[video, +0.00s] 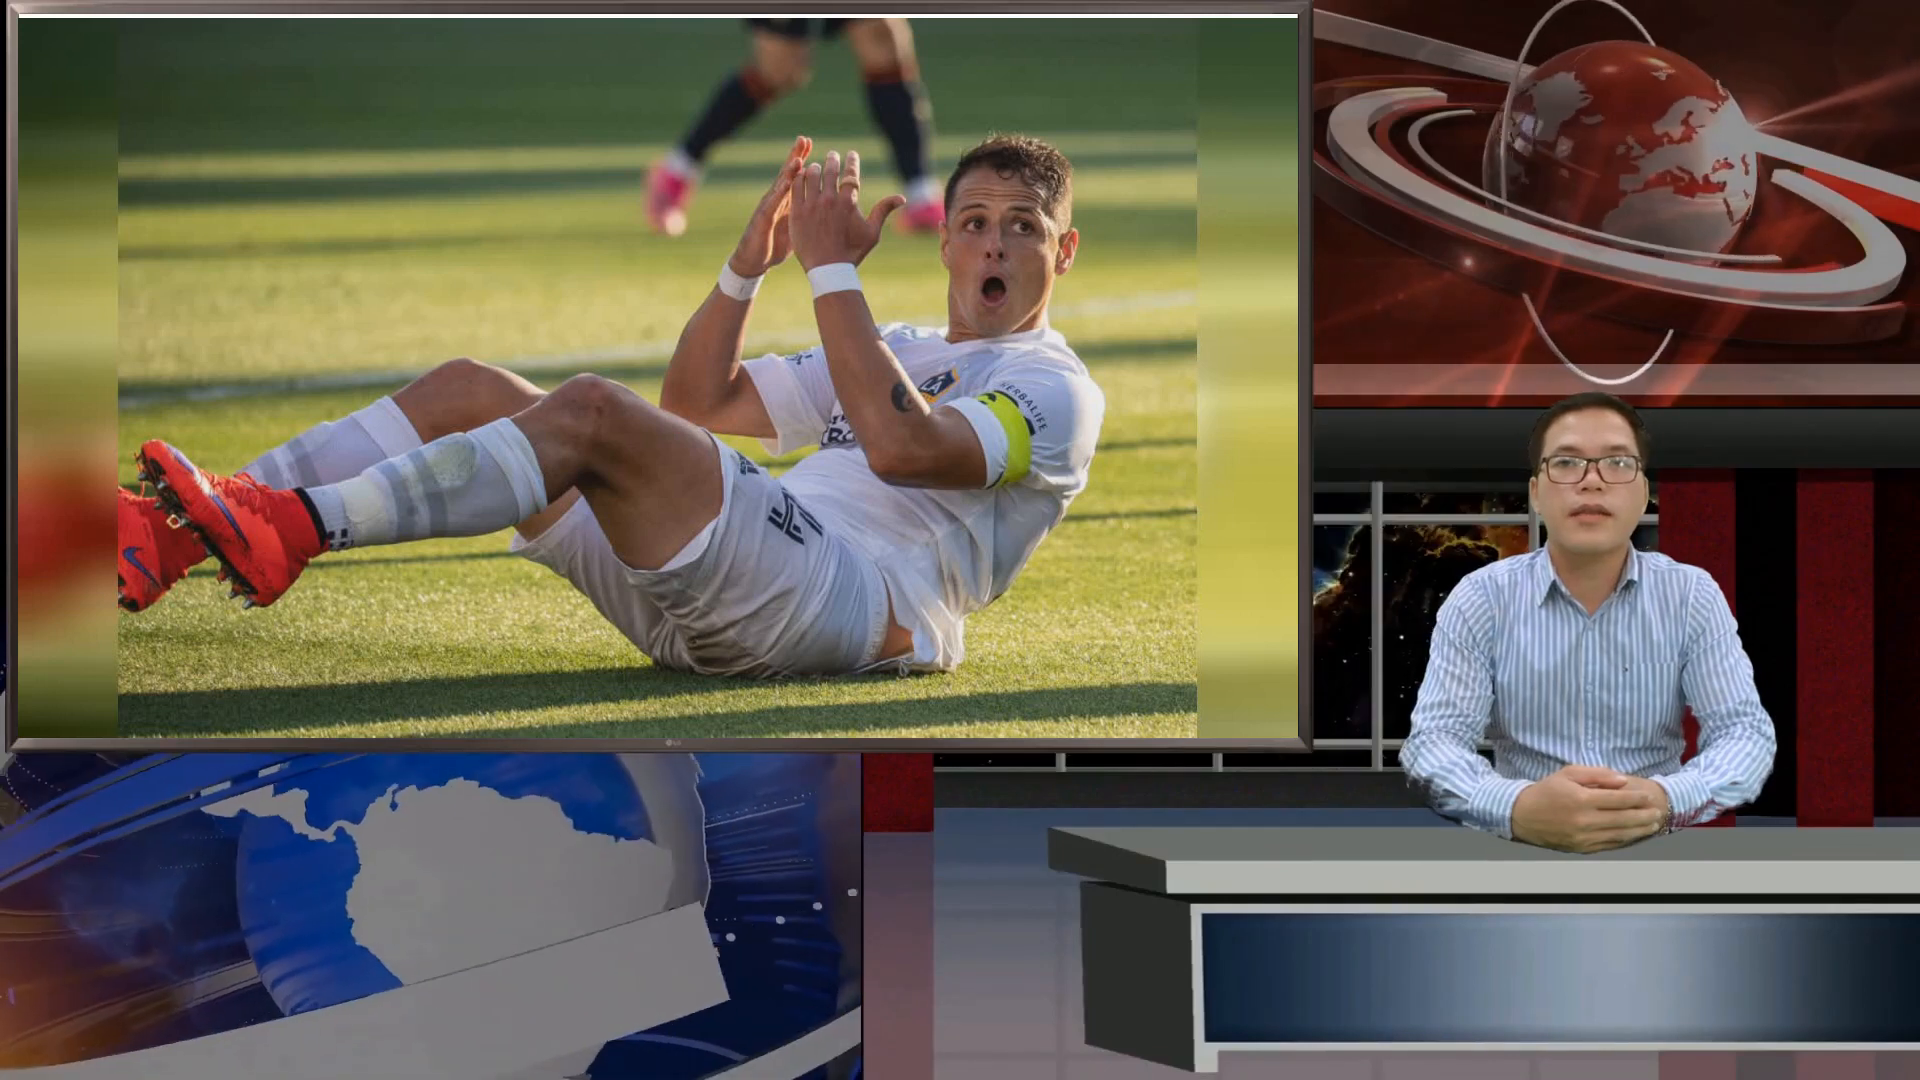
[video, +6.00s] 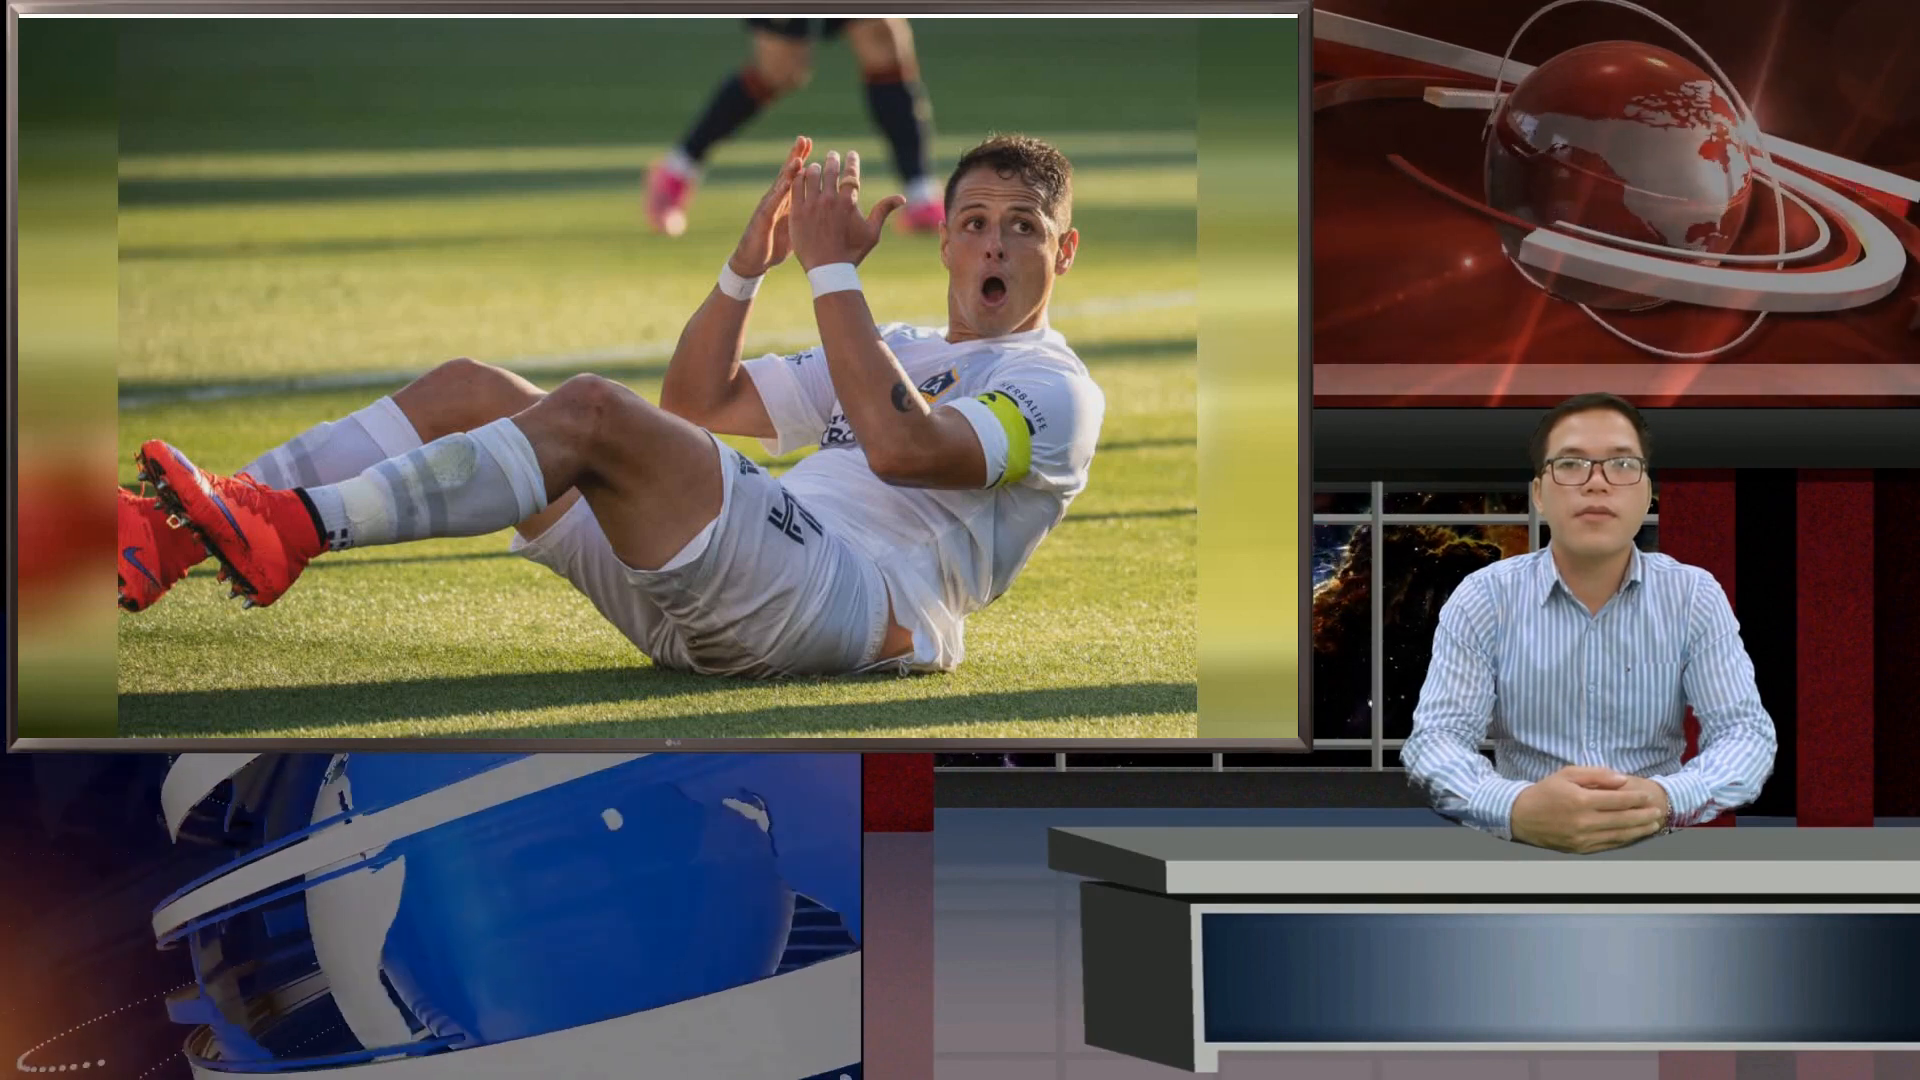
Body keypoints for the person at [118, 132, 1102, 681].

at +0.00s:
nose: (997, 245)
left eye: (1024, 229)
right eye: (977, 223)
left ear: (1065, 257)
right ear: (943, 241)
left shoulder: (1056, 388)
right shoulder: (892, 359)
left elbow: (901, 446)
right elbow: (694, 406)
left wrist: (833, 268)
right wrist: (747, 268)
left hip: (839, 603)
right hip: (731, 572)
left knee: (592, 413)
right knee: (467, 388)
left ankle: (299, 525)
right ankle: (179, 539)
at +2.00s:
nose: (996, 246)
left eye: (1024, 231)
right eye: (977, 223)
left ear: (1065, 258)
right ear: (943, 240)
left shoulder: (1056, 389)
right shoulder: (891, 357)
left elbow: (901, 446)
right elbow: (695, 406)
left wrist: (833, 268)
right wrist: (746, 270)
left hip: (838, 603)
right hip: (732, 571)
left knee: (592, 413)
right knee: (468, 389)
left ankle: (299, 524)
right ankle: (179, 539)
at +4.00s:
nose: (995, 246)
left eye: (1022, 230)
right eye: (975, 224)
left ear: (1065, 257)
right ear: (942, 241)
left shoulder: (1055, 389)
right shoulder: (893, 358)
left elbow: (901, 447)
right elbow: (695, 405)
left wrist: (833, 270)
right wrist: (747, 270)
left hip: (840, 603)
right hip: (733, 573)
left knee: (592, 413)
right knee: (468, 389)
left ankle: (299, 525)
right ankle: (179, 538)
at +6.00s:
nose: (996, 246)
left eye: (1023, 230)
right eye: (977, 223)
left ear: (1065, 257)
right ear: (943, 241)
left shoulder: (1056, 389)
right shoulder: (892, 358)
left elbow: (901, 446)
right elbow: (695, 406)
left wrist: (833, 268)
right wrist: (746, 270)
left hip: (839, 603)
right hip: (731, 572)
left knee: (593, 413)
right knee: (467, 389)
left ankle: (299, 524)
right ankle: (180, 538)